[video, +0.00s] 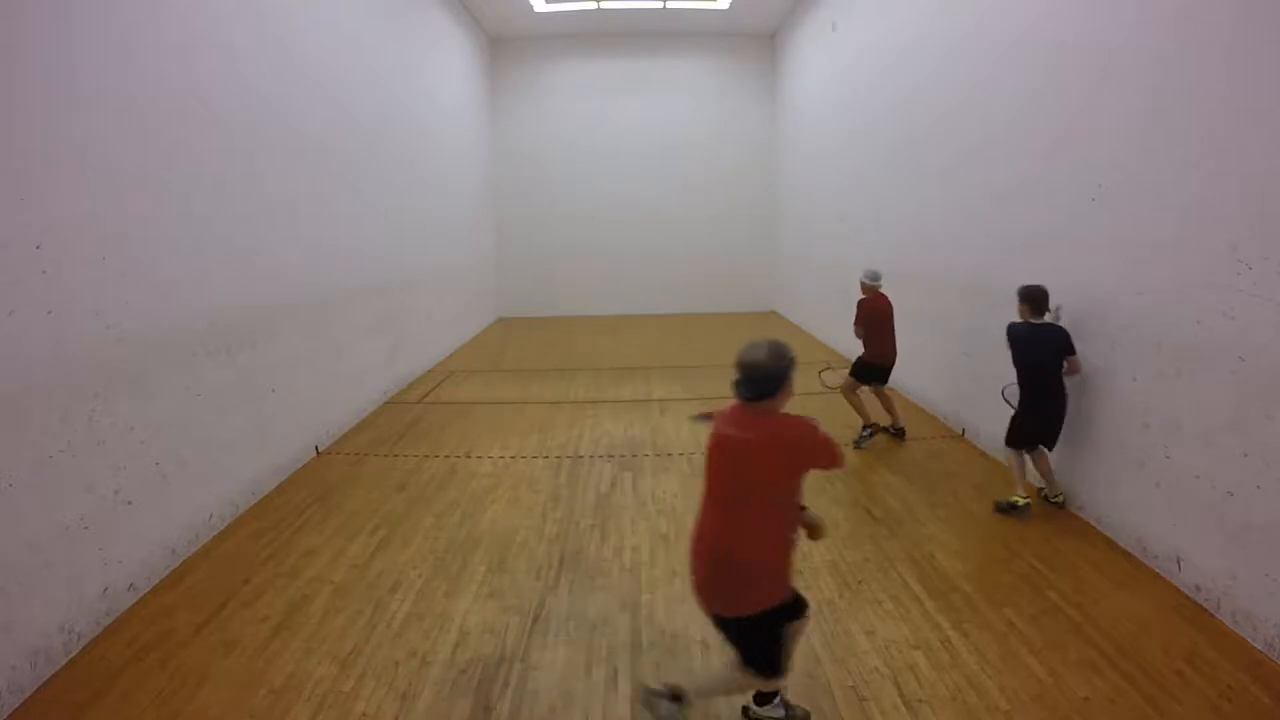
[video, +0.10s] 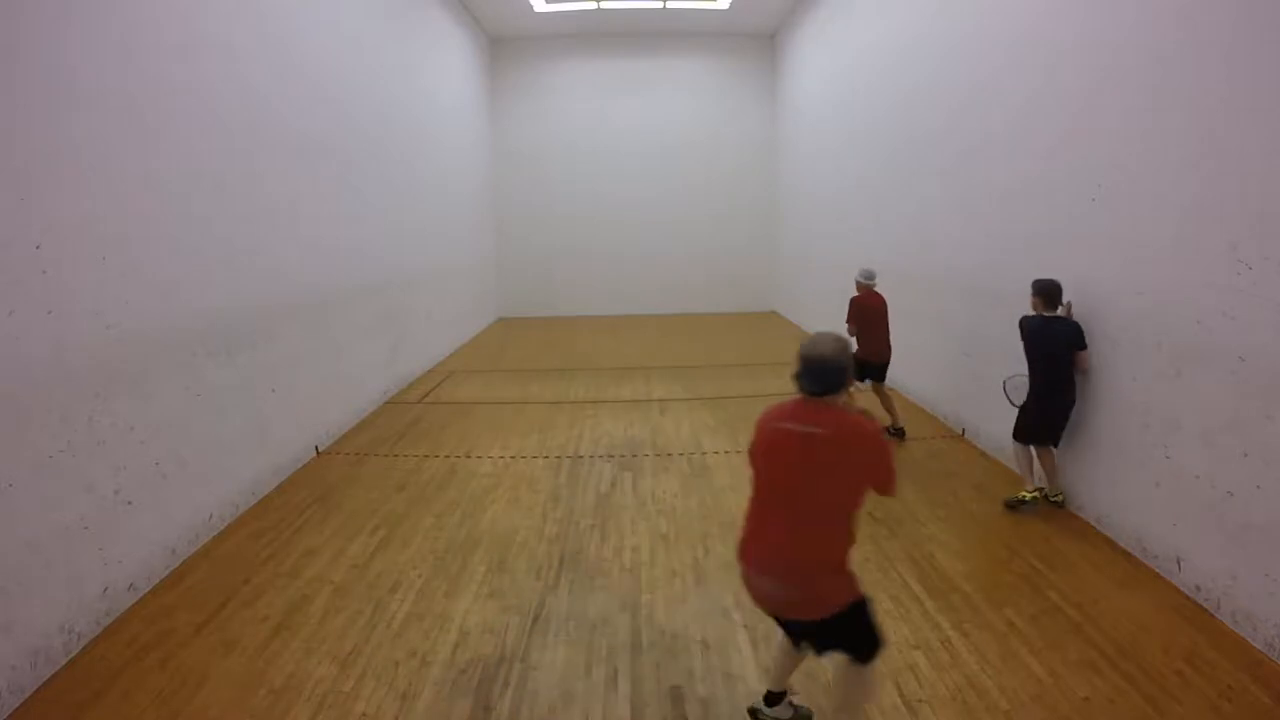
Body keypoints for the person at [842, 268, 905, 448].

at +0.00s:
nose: (860, 286)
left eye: (862, 284)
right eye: (861, 283)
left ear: (865, 285)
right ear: (878, 285)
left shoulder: (864, 303)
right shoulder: (885, 301)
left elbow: (858, 332)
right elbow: (884, 327)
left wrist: (874, 331)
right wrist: (867, 330)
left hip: (871, 357)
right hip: (889, 357)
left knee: (847, 389)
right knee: (877, 389)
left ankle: (868, 425)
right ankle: (897, 425)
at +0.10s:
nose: (855, 286)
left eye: (857, 283)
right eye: (857, 283)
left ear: (859, 284)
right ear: (873, 284)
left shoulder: (857, 301)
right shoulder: (880, 299)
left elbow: (852, 331)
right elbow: (881, 324)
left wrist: (862, 319)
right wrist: (863, 321)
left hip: (865, 355)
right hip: (883, 356)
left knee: (843, 381)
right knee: (879, 388)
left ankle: (853, 419)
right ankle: (897, 425)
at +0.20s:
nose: (847, 280)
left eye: (848, 278)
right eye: (850, 278)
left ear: (849, 279)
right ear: (865, 280)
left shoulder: (847, 297)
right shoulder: (872, 296)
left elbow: (842, 327)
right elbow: (871, 320)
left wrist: (855, 315)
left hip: (855, 351)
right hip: (874, 351)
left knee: (830, 381)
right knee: (866, 384)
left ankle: (831, 417)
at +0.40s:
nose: (830, 274)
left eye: (831, 272)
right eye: (835, 272)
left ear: (832, 273)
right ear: (847, 274)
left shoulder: (827, 294)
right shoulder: (855, 294)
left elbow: (818, 321)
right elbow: (858, 322)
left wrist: (829, 311)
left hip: (831, 347)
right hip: (850, 347)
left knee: (819, 382)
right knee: (844, 376)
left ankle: (826, 422)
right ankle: (860, 410)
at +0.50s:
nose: (824, 274)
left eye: (824, 272)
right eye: (829, 272)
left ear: (825, 273)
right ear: (841, 274)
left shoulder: (821, 294)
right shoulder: (848, 294)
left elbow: (811, 325)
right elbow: (851, 322)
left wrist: (824, 329)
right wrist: (824, 325)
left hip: (824, 346)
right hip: (843, 347)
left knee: (808, 377)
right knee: (833, 373)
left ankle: (819, 413)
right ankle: (835, 408)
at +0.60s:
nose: (817, 277)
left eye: (818, 275)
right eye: (820, 275)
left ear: (818, 276)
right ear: (834, 278)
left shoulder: (814, 297)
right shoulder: (840, 296)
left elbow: (806, 324)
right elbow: (842, 324)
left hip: (817, 348)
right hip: (836, 349)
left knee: (796, 375)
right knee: (828, 372)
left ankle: (805, 412)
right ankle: (833, 408)